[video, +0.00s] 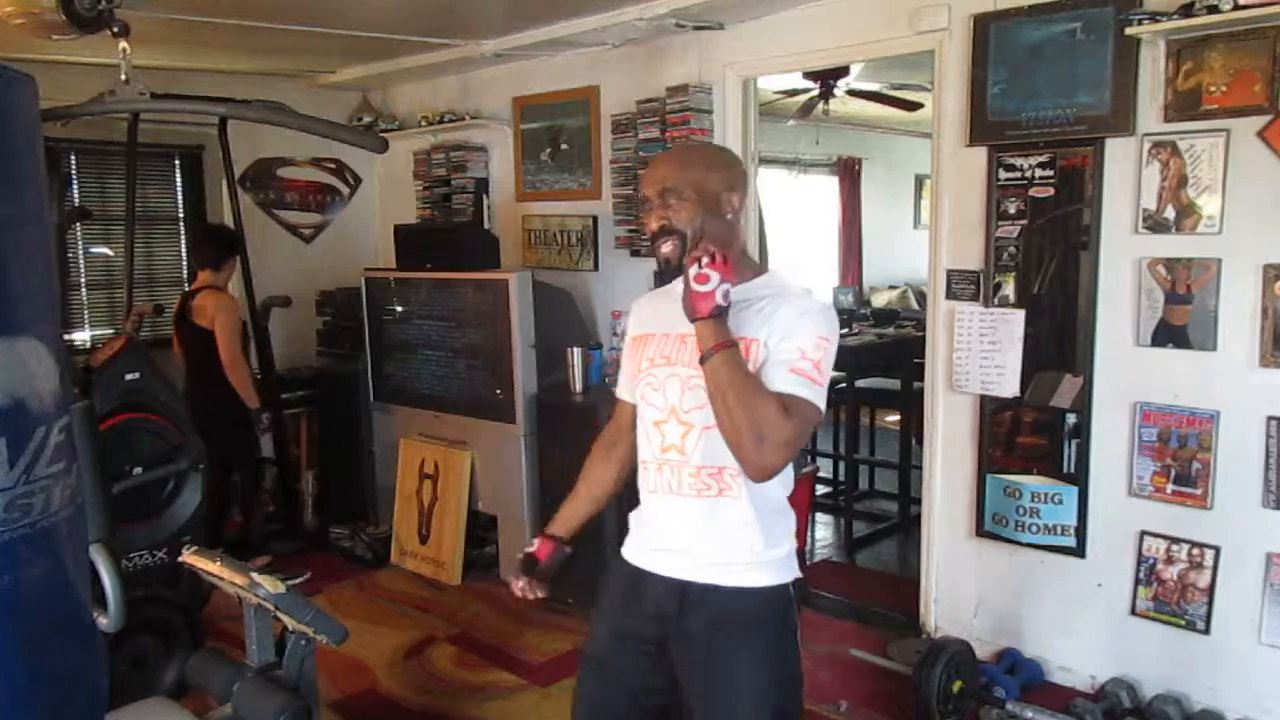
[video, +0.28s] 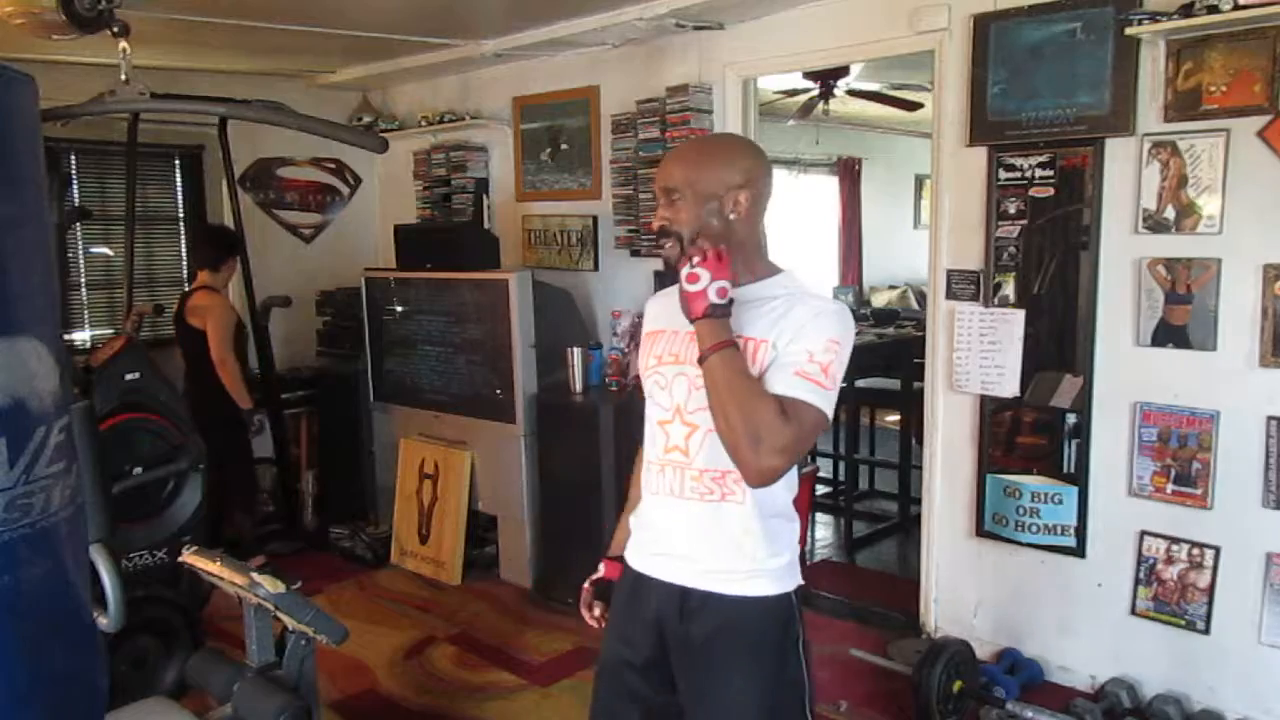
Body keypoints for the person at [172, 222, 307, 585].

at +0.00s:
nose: (235, 267)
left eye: (235, 261)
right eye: (235, 260)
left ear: (198, 260)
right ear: (229, 263)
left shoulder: (186, 301)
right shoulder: (224, 303)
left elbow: (181, 351)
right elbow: (232, 361)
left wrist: (202, 379)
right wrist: (256, 404)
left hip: (199, 400)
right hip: (226, 401)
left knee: (217, 471)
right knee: (250, 469)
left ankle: (211, 544)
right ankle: (252, 549)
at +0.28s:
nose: (236, 269)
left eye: (235, 262)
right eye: (235, 262)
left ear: (200, 261)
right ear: (229, 264)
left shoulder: (188, 300)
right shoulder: (218, 306)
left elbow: (193, 357)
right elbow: (223, 361)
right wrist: (248, 407)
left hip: (200, 398)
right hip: (219, 402)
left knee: (217, 473)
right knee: (236, 473)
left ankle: (216, 542)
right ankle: (241, 548)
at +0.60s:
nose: (236, 269)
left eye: (236, 262)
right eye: (235, 262)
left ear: (201, 261)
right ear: (228, 264)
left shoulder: (192, 300)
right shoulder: (216, 305)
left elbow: (199, 359)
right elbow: (220, 360)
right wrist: (243, 406)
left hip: (199, 399)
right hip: (217, 402)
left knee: (217, 474)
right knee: (237, 473)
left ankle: (215, 544)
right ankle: (245, 549)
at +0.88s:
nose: (236, 268)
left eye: (236, 262)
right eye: (235, 262)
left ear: (201, 261)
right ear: (227, 264)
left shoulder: (192, 300)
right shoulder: (216, 305)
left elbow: (199, 358)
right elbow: (220, 360)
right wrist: (245, 406)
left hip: (199, 398)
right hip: (217, 402)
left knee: (217, 474)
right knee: (236, 473)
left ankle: (215, 543)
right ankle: (245, 548)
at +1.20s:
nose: (239, 265)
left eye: (239, 257)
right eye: (235, 257)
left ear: (210, 261)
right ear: (218, 260)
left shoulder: (195, 299)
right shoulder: (214, 304)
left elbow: (205, 357)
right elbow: (218, 360)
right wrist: (244, 406)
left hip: (202, 401)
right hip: (218, 404)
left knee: (220, 476)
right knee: (238, 475)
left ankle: (218, 545)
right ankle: (246, 549)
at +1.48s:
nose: (237, 265)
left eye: (238, 258)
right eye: (230, 257)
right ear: (206, 259)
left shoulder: (204, 298)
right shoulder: (212, 304)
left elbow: (211, 358)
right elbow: (213, 359)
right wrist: (238, 408)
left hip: (207, 403)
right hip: (218, 407)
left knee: (223, 478)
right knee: (236, 478)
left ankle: (222, 546)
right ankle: (244, 549)